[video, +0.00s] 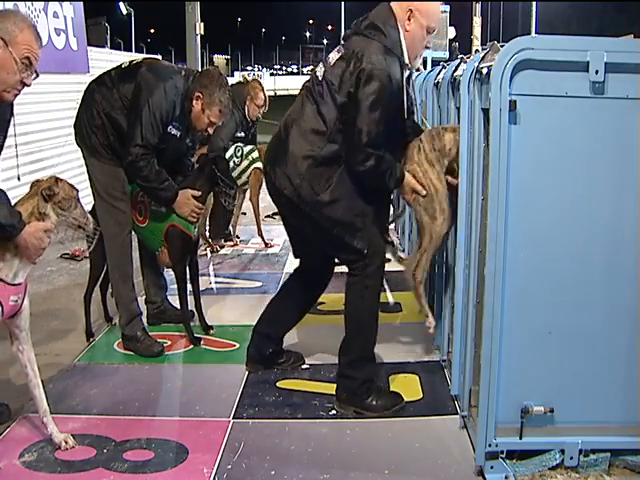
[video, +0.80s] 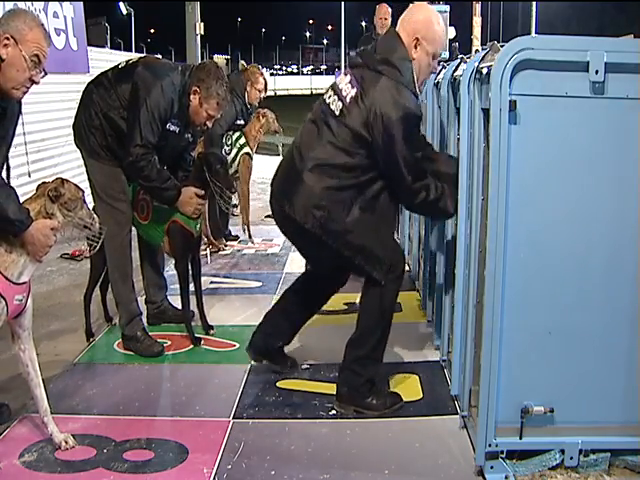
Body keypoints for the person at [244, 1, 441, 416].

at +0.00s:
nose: (430, 42)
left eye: (434, 33)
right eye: (430, 31)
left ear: (405, 17)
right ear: (407, 18)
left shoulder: (370, 41)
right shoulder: (381, 61)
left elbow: (396, 125)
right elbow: (362, 153)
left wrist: (431, 155)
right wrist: (398, 177)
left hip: (288, 164)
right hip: (310, 170)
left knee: (315, 265)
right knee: (368, 255)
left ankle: (262, 347)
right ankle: (357, 386)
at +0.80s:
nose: (435, 67)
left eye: (438, 58)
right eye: (434, 56)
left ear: (406, 40)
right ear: (414, 43)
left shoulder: (367, 68)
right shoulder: (396, 98)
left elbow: (415, 151)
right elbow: (409, 184)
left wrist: (461, 176)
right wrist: (456, 204)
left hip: (289, 193)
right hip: (319, 204)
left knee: (333, 269)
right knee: (388, 267)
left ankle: (267, 341)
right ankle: (358, 387)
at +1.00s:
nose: (426, 83)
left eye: (427, 74)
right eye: (424, 74)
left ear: (395, 63)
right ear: (404, 70)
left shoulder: (361, 87)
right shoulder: (393, 129)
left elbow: (384, 149)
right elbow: (433, 206)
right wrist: (490, 218)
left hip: (296, 229)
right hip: (325, 240)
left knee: (340, 312)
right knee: (400, 275)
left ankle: (264, 333)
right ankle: (359, 388)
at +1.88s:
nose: (405, 128)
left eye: (406, 120)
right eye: (402, 120)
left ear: (373, 109)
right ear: (380, 115)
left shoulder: (347, 128)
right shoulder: (375, 168)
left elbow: (392, 168)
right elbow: (428, 227)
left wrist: (429, 190)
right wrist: (473, 242)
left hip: (299, 270)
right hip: (320, 280)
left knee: (348, 351)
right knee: (400, 277)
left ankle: (275, 330)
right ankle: (358, 388)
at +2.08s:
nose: (399, 137)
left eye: (401, 129)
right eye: (395, 129)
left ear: (374, 116)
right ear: (374, 120)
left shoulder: (349, 135)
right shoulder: (355, 159)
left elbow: (395, 192)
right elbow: (391, 225)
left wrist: (430, 239)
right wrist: (423, 267)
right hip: (309, 281)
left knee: (358, 352)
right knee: (390, 274)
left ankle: (277, 332)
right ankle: (358, 388)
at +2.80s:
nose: (402, 84)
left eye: (404, 75)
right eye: (403, 74)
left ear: (376, 59)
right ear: (390, 66)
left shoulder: (344, 86)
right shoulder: (353, 98)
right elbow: (361, 193)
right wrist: (393, 236)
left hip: (297, 230)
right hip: (305, 234)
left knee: (349, 314)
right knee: (391, 271)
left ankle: (271, 336)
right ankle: (357, 387)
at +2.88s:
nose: (397, 58)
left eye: (400, 49)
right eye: (399, 48)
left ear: (367, 29)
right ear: (390, 39)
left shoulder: (330, 66)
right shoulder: (356, 78)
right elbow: (373, 169)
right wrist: (397, 230)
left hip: (290, 208)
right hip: (311, 211)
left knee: (349, 288)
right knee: (390, 272)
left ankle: (272, 339)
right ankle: (358, 386)